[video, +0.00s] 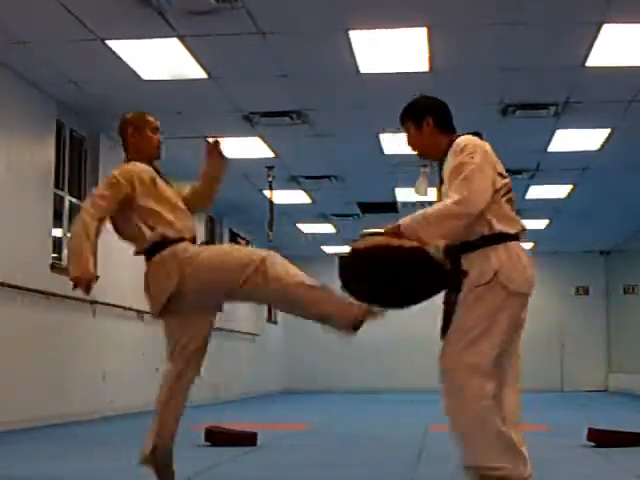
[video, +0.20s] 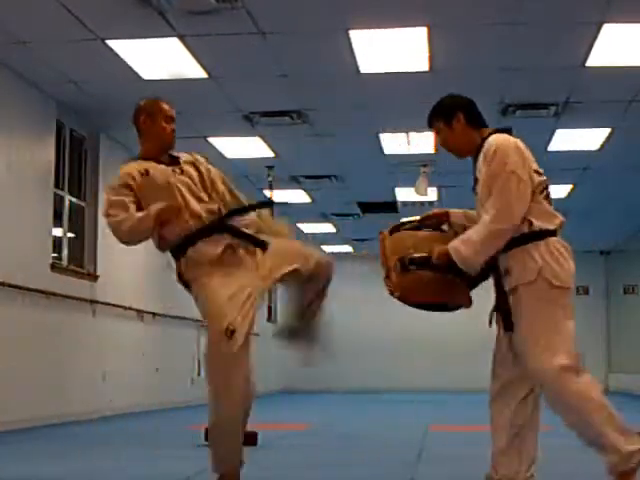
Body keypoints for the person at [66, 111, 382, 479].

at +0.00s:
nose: (159, 139)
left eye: (159, 133)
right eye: (152, 132)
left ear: (150, 139)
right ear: (130, 137)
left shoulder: (157, 185)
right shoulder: (127, 175)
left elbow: (198, 201)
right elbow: (90, 214)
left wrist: (212, 168)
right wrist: (81, 264)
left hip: (180, 275)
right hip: (174, 263)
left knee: (184, 365)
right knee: (263, 268)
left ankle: (160, 448)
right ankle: (347, 313)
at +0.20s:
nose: (173, 127)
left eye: (174, 122)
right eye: (166, 120)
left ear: (174, 127)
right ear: (143, 123)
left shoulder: (197, 162)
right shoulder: (130, 175)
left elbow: (235, 204)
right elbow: (123, 230)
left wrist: (267, 228)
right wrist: (156, 216)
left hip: (249, 243)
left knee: (319, 266)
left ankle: (299, 329)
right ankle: (228, 472)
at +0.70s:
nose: (278, 139)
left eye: (277, 133)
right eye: (271, 132)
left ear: (258, 138)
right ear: (247, 134)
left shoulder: (276, 192)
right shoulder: (227, 182)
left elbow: (289, 247)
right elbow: (222, 241)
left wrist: (328, 265)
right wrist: (275, 264)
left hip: (298, 293)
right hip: (261, 295)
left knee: (315, 379)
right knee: (261, 383)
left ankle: (328, 467)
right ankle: (237, 471)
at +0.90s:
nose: (323, 148)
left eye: (324, 141)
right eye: (317, 140)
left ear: (309, 146)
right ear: (293, 142)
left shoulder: (311, 197)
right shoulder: (273, 186)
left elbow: (314, 254)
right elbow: (262, 246)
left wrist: (335, 278)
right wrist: (304, 269)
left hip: (317, 297)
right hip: (293, 295)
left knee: (318, 384)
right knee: (301, 378)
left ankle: (316, 467)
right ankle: (244, 464)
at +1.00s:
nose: (340, 147)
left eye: (341, 141)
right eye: (334, 139)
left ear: (325, 145)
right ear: (310, 140)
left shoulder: (322, 192)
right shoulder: (291, 179)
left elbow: (320, 251)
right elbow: (270, 224)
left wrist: (346, 270)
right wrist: (319, 236)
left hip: (327, 289)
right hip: (305, 286)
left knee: (319, 379)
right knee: (325, 376)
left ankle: (317, 467)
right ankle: (272, 463)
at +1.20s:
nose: (362, 148)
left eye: (363, 142)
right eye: (356, 140)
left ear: (349, 145)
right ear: (331, 141)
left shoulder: (345, 196)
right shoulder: (311, 177)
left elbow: (367, 238)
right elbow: (311, 189)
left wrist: (409, 246)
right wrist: (365, 185)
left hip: (339, 290)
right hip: (320, 288)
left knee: (322, 385)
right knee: (345, 383)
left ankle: (316, 469)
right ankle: (374, 470)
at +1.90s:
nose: (435, 185)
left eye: (441, 181)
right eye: (437, 177)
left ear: (430, 161)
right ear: (424, 158)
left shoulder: (417, 188)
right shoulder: (383, 181)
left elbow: (454, 218)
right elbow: (423, 227)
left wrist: (501, 240)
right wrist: (486, 249)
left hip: (398, 289)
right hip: (372, 288)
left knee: (407, 379)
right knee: (378, 382)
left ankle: (409, 461)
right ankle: (388, 469)